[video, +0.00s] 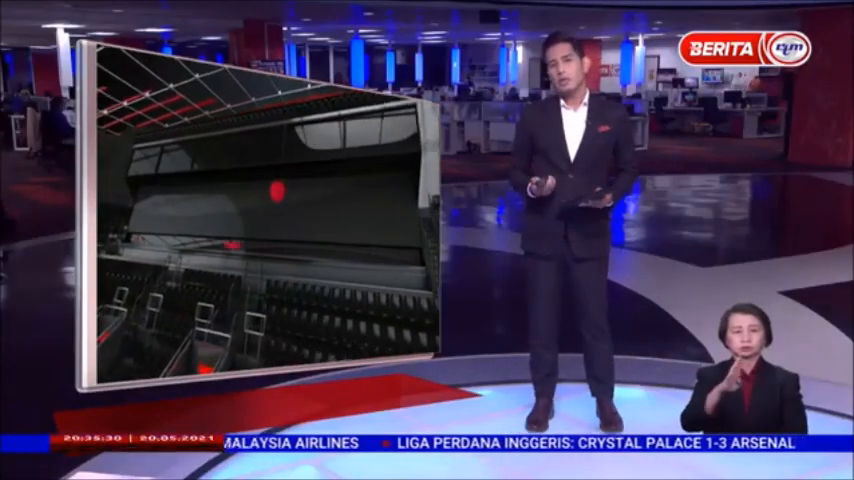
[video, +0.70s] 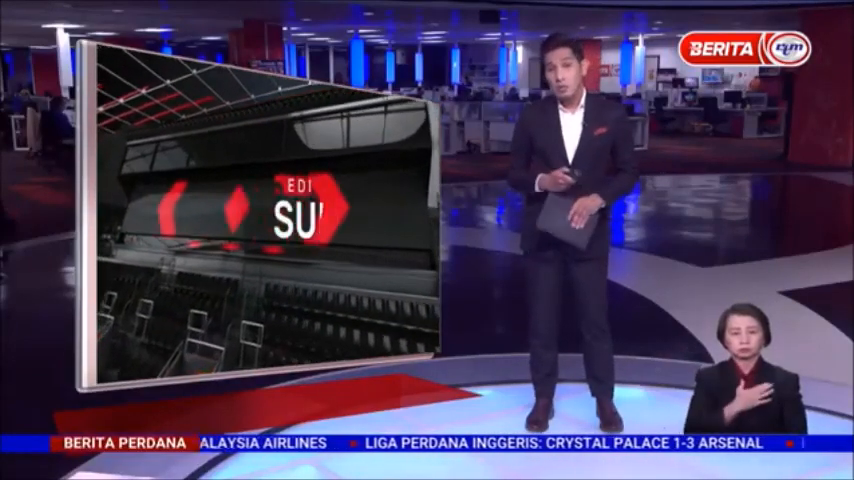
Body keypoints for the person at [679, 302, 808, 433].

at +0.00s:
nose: (746, 338)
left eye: (753, 330)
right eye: (737, 331)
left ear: (765, 337)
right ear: (726, 340)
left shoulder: (785, 381)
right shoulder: (710, 376)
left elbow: (797, 435)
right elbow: (689, 423)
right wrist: (720, 390)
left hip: (769, 464)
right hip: (717, 463)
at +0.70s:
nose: (744, 339)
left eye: (752, 332)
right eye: (735, 333)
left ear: (764, 338)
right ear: (724, 340)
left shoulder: (786, 381)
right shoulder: (709, 378)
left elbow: (797, 439)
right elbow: (693, 432)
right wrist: (736, 406)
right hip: (717, 464)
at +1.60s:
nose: (743, 339)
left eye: (751, 331)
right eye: (734, 332)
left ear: (763, 336)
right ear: (724, 340)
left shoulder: (783, 377)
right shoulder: (710, 376)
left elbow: (809, 419)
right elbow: (691, 423)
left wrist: (775, 411)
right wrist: (732, 392)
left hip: (772, 463)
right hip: (720, 462)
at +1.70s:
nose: (743, 340)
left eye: (750, 331)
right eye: (734, 333)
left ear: (763, 336)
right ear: (723, 340)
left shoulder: (783, 375)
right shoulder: (710, 376)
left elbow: (810, 414)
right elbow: (691, 422)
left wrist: (778, 392)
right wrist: (731, 387)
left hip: (774, 461)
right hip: (722, 462)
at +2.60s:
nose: (743, 341)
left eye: (750, 332)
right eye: (734, 334)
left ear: (762, 335)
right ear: (722, 340)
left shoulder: (782, 375)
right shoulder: (710, 375)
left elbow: (804, 416)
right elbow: (685, 420)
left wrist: (758, 392)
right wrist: (725, 399)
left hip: (774, 461)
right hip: (720, 462)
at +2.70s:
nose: (742, 342)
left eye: (749, 333)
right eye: (733, 335)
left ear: (761, 336)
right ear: (722, 341)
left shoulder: (782, 375)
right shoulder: (709, 376)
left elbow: (808, 419)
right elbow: (680, 423)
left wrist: (774, 395)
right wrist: (706, 406)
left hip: (775, 461)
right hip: (721, 461)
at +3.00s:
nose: (743, 345)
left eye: (750, 336)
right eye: (734, 337)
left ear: (762, 338)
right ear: (723, 341)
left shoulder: (781, 375)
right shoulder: (711, 376)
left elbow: (809, 417)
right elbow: (680, 420)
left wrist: (784, 384)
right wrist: (701, 385)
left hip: (772, 460)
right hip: (720, 460)